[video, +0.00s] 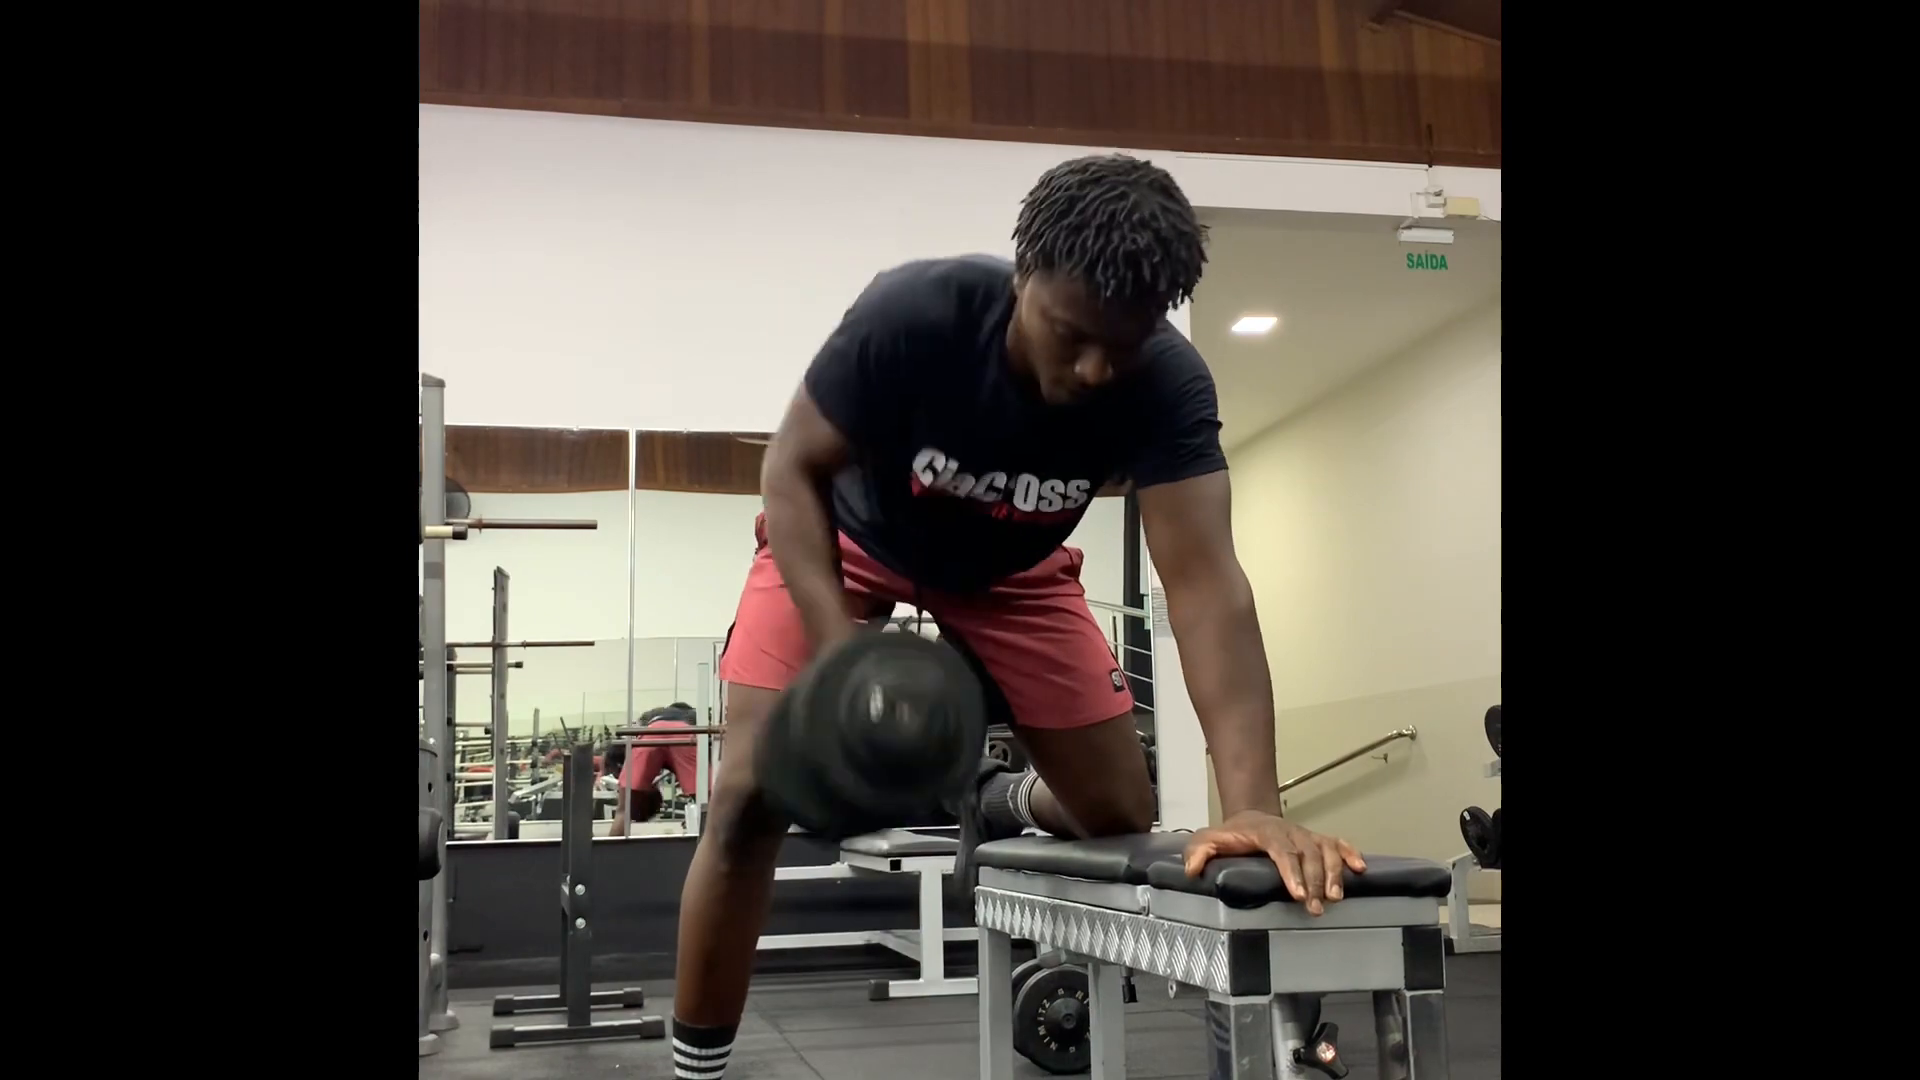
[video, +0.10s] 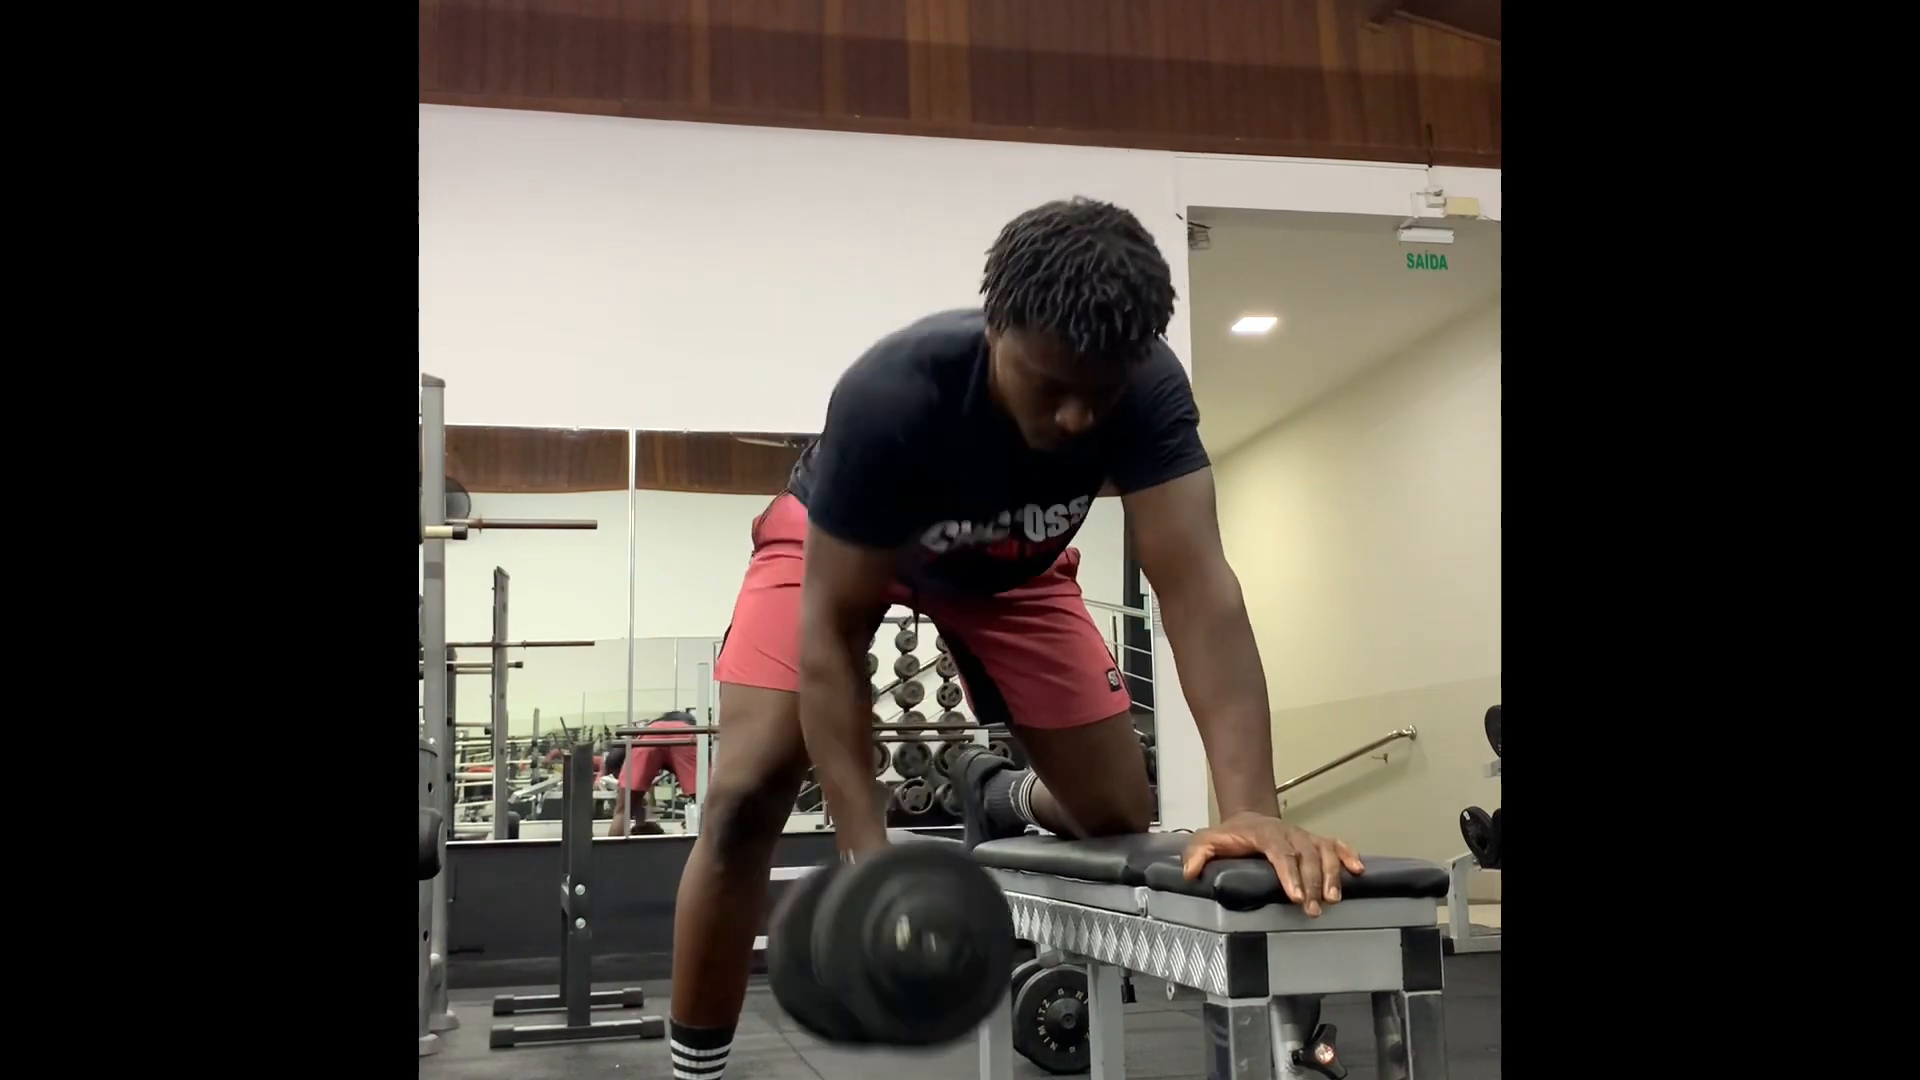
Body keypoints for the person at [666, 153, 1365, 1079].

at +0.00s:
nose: (1094, 370)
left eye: (1125, 347)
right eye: (1071, 336)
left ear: (1160, 318)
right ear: (1021, 277)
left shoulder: (1165, 381)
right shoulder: (913, 316)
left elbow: (1205, 579)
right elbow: (789, 470)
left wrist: (1251, 806)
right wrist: (840, 658)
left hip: (1020, 574)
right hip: (847, 545)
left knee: (1120, 816)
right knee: (745, 800)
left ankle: (992, 798)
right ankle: (695, 1073)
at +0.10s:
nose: (1077, 420)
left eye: (1103, 394)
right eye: (1052, 392)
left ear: (1135, 353)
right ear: (997, 336)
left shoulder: (1146, 391)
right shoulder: (891, 401)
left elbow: (1198, 586)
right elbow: (828, 631)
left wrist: (1251, 806)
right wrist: (869, 862)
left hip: (1016, 567)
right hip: (844, 544)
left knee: (1123, 819)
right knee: (742, 797)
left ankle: (1003, 797)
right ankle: (695, 1070)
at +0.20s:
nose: (1064, 490)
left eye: (1087, 462)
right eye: (1034, 461)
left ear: (1120, 420)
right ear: (975, 405)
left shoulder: (1122, 412)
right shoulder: (881, 501)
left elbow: (1194, 593)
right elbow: (870, 765)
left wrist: (1254, 808)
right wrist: (905, 1025)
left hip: (1014, 567)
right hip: (839, 543)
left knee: (1120, 812)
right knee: (736, 800)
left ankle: (982, 790)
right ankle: (694, 1072)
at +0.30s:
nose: (1055, 547)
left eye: (1076, 518)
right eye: (1024, 520)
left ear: (1103, 470)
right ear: (967, 465)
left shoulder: (1105, 431)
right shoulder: (877, 562)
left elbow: (1195, 599)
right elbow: (891, 834)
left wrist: (1251, 806)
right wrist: (916, 1063)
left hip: (994, 554)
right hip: (822, 538)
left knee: (1120, 815)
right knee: (726, 803)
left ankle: (989, 794)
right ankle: (692, 1069)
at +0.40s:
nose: (1056, 481)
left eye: (1081, 456)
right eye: (1026, 453)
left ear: (1117, 412)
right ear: (969, 393)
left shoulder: (1126, 406)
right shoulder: (881, 489)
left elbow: (1195, 590)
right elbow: (873, 754)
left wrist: (1254, 807)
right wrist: (918, 1012)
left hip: (1014, 566)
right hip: (838, 544)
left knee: (1120, 814)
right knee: (735, 797)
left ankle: (987, 791)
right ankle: (694, 1069)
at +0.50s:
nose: (1055, 363)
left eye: (1089, 346)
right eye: (1041, 327)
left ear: (1141, 328)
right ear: (1018, 267)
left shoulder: (1163, 376)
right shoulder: (904, 327)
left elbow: (1204, 577)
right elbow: (804, 522)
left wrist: (1251, 806)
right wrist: (854, 742)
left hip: (1017, 567)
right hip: (852, 537)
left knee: (1118, 812)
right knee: (748, 788)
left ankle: (1006, 806)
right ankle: (697, 1072)